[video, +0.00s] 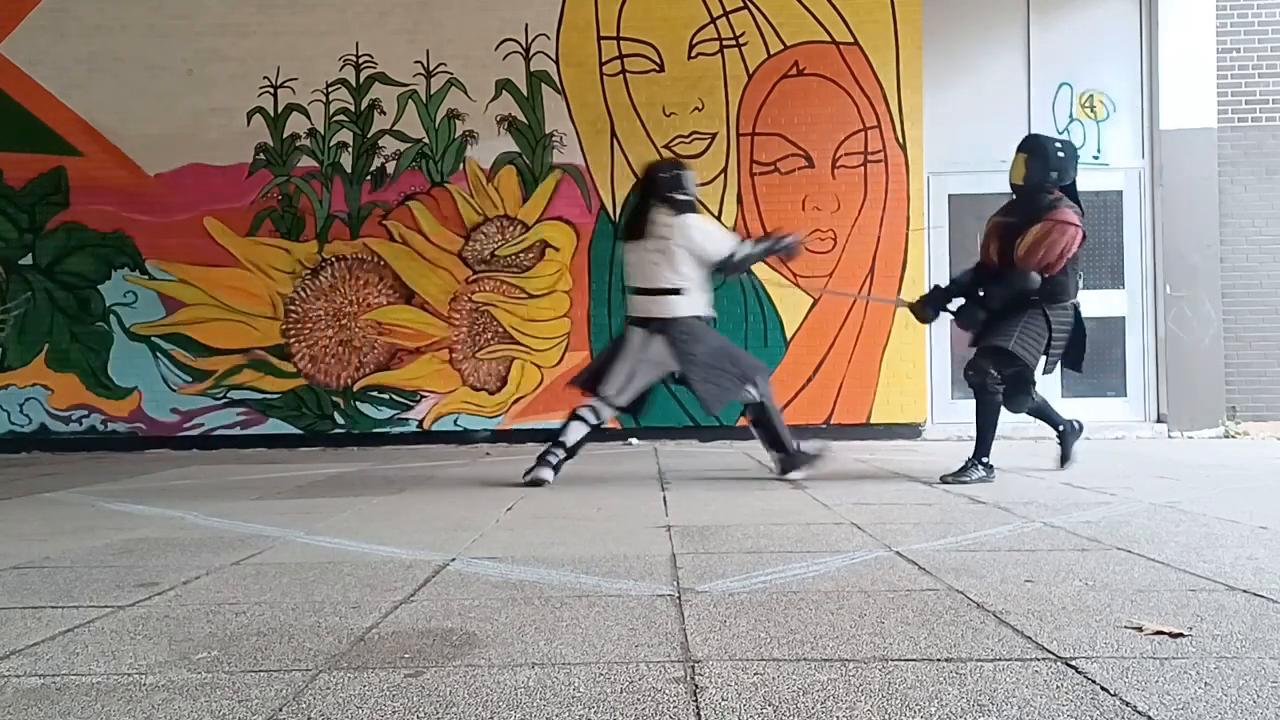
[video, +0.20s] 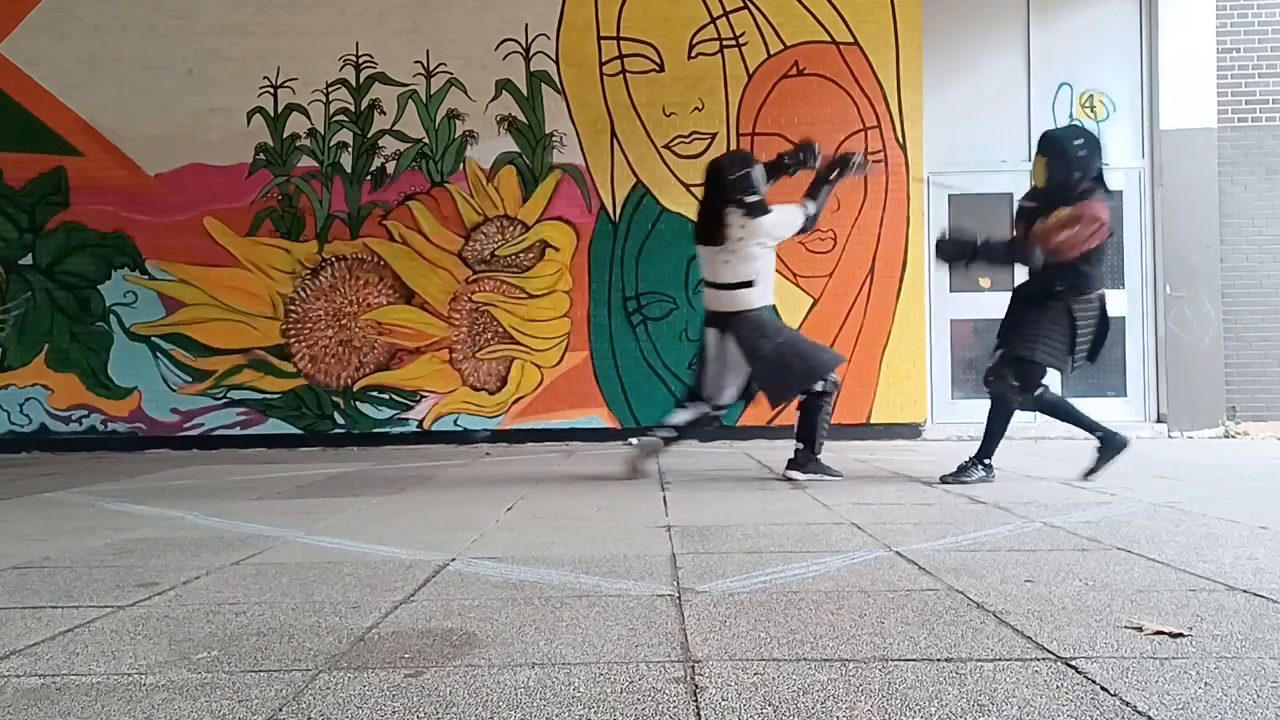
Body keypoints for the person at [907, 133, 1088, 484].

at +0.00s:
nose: (1017, 170)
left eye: (1027, 164)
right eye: (1018, 162)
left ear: (1052, 174)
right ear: (1019, 164)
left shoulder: (1061, 221)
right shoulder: (1014, 211)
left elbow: (1027, 280)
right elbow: (988, 269)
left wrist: (983, 306)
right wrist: (943, 294)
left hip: (1044, 309)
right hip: (1011, 306)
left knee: (984, 371)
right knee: (1017, 395)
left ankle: (981, 462)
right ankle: (1066, 428)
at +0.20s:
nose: (1038, 170)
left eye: (1046, 163)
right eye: (1039, 162)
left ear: (1074, 166)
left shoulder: (1090, 212)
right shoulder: (1043, 202)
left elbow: (1038, 252)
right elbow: (1021, 248)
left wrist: (974, 249)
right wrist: (972, 250)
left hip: (1064, 304)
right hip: (1038, 300)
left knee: (1005, 377)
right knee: (1022, 387)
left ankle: (982, 462)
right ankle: (1108, 438)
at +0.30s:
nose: (1066, 149)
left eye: (1075, 143)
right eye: (1068, 141)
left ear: (1101, 146)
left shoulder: (1119, 189)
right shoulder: (1068, 184)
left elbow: (1059, 219)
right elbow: (1032, 226)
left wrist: (996, 200)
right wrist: (994, 201)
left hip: (1096, 300)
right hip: (1071, 297)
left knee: (1030, 381)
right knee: (1068, 395)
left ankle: (989, 461)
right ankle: (1140, 463)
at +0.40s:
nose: (1090, 127)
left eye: (1097, 121)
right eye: (1093, 120)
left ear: (1119, 128)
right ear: (1126, 129)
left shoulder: (1139, 172)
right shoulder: (1119, 169)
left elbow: (1076, 192)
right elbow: (1055, 199)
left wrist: (1017, 167)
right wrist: (1021, 167)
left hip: (1120, 291)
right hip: (1116, 289)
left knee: (1054, 360)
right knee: (1091, 379)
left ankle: (1056, 451)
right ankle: (1142, 463)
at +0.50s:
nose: (1117, 106)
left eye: (1124, 99)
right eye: (1120, 98)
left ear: (1146, 109)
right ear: (1160, 110)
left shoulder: (1160, 155)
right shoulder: (1166, 150)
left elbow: (1094, 179)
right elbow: (1096, 172)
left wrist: (1035, 152)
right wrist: (1054, 146)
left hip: (1150, 272)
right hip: (1152, 270)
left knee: (1107, 356)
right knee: (1109, 357)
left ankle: (1149, 456)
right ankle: (1152, 448)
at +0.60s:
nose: (1147, 96)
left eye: (1156, 88)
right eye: (1150, 87)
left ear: (1180, 95)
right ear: (1193, 95)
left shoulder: (1190, 144)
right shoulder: (1188, 137)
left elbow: (1118, 178)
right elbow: (1129, 170)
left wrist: (1057, 152)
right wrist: (1081, 149)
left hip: (1189, 268)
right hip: (1174, 266)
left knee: (1170, 368)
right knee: (1156, 365)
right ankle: (1157, 459)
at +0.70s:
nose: (1171, 94)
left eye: (1181, 86)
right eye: (1174, 84)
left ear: (1209, 94)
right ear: (1217, 97)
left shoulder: (1219, 147)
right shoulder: (1213, 140)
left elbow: (1150, 192)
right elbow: (1156, 181)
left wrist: (1090, 174)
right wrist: (1115, 150)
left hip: (1229, 271)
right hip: (1210, 270)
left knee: (1212, 378)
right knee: (1168, 362)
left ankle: (1273, 476)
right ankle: (1211, 449)